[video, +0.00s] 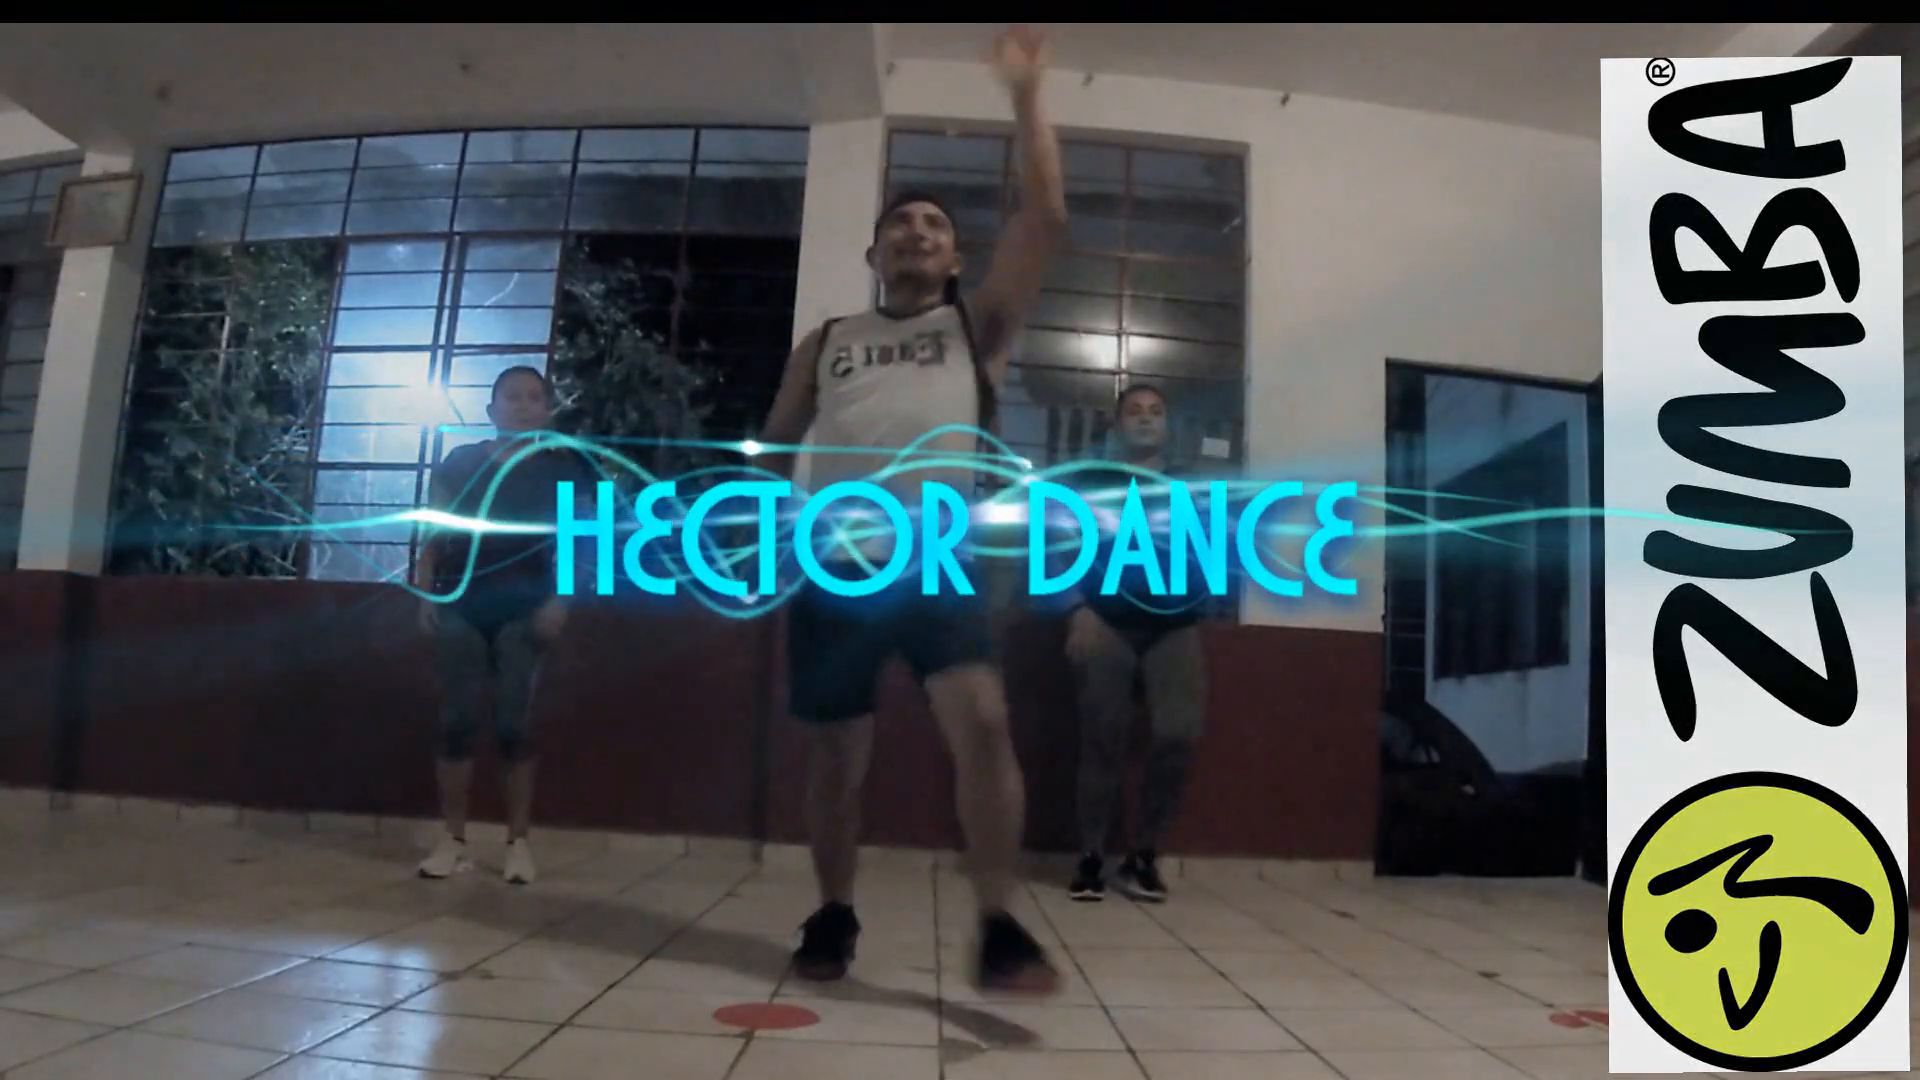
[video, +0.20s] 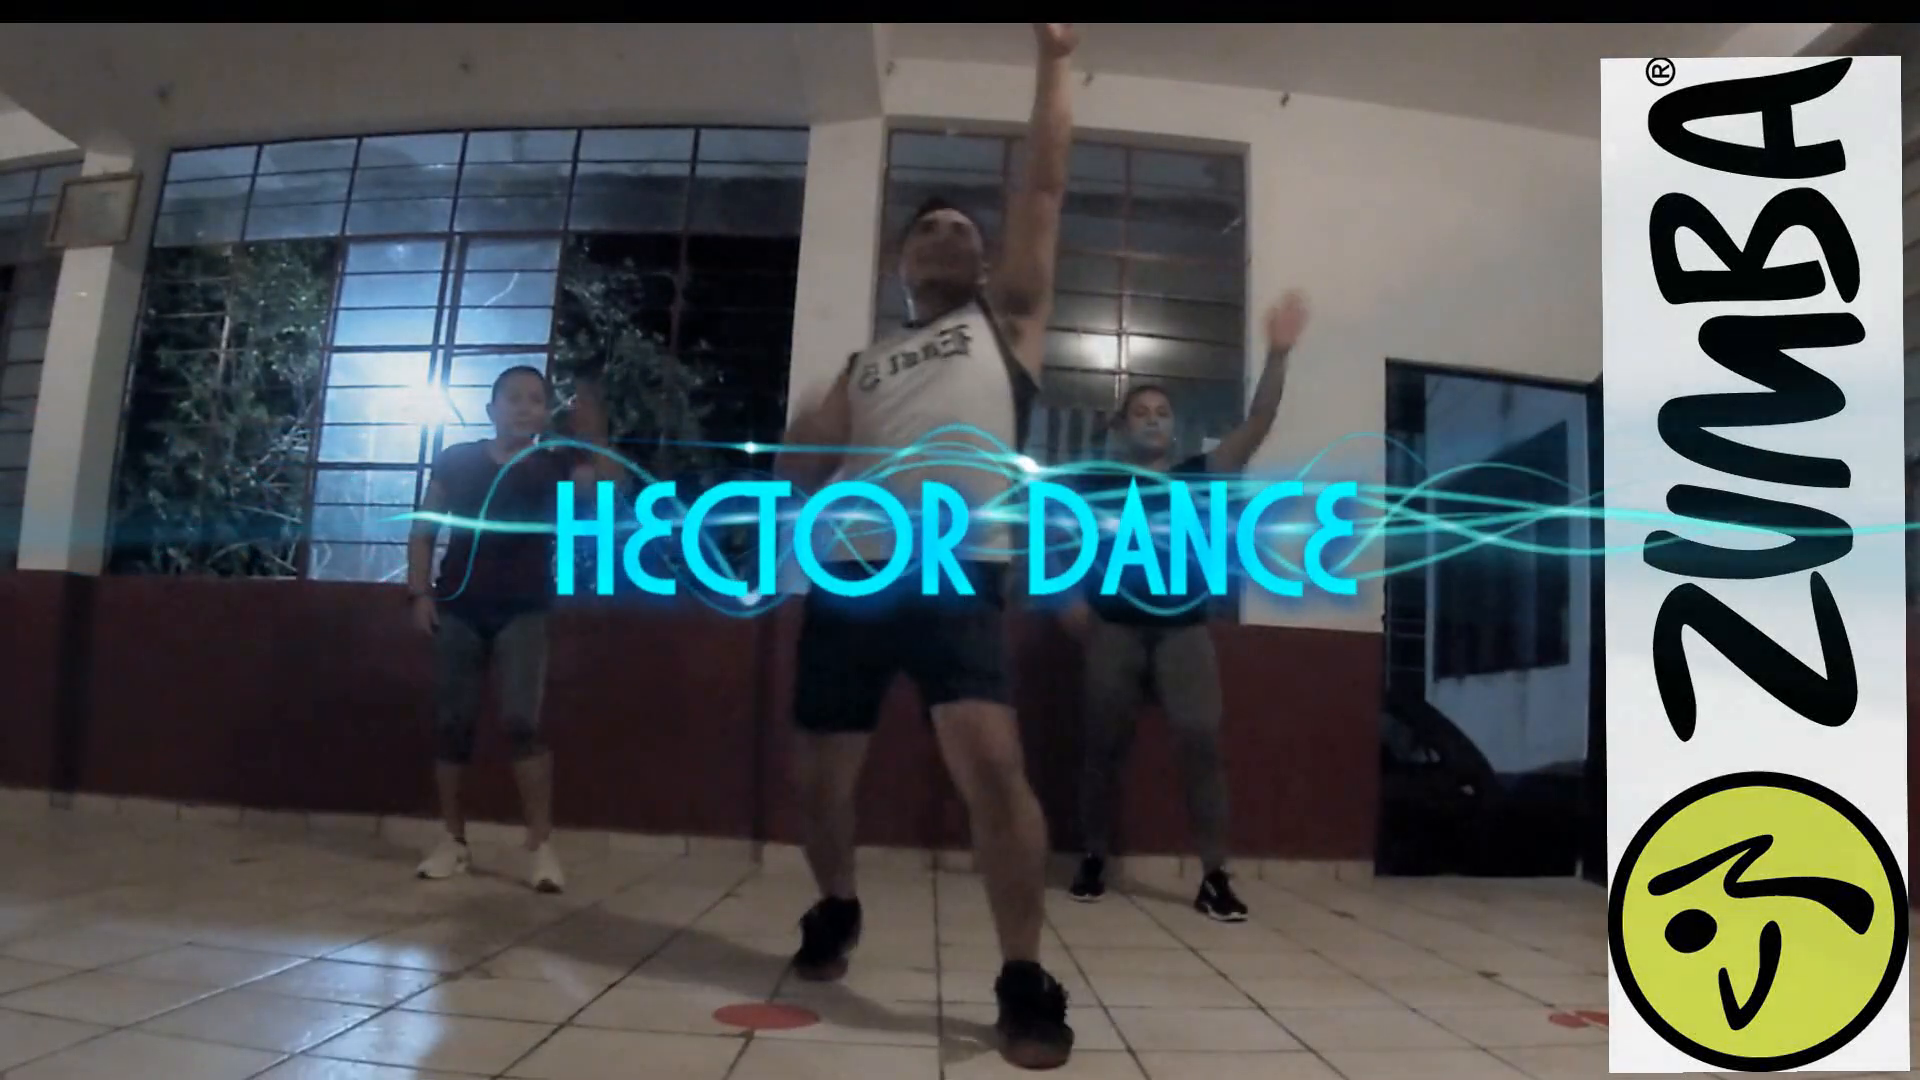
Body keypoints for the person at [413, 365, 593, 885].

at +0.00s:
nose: (524, 407)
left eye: (533, 399)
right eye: (513, 398)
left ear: (549, 408)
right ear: (493, 406)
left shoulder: (565, 466)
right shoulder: (461, 462)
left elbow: (578, 538)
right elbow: (431, 533)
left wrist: (562, 600)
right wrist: (427, 595)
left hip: (525, 613)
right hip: (459, 609)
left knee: (517, 728)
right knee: (456, 724)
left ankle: (518, 843)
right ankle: (452, 840)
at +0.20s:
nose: (525, 408)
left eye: (535, 401)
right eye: (515, 399)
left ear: (546, 413)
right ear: (494, 407)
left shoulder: (552, 462)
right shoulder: (459, 461)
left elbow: (608, 473)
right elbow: (423, 529)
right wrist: (420, 594)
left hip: (523, 610)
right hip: (460, 609)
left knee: (524, 725)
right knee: (451, 727)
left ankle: (540, 848)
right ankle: (452, 843)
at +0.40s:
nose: (531, 407)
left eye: (540, 400)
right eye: (520, 398)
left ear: (552, 413)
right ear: (500, 410)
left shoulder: (566, 460)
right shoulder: (471, 468)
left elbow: (616, 414)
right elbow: (423, 519)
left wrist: (627, 339)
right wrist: (426, 514)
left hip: (530, 610)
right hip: (465, 607)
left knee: (528, 727)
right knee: (420, 711)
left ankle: (547, 853)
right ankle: (439, 833)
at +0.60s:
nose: (512, 409)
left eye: (521, 401)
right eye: (502, 401)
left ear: (534, 413)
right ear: (482, 411)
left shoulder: (549, 463)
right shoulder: (460, 455)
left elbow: (608, 432)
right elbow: (405, 401)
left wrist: (608, 360)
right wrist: (400, 330)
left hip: (517, 610)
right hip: (451, 605)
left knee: (522, 727)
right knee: (400, 716)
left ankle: (547, 855)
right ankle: (379, 845)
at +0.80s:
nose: (495, 407)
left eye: (502, 399)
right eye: (484, 397)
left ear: (513, 409)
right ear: (460, 405)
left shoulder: (524, 470)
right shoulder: (435, 449)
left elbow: (593, 505)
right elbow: (390, 380)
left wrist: (567, 452)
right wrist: (401, 308)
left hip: (496, 610)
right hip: (427, 605)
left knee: (516, 721)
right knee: (391, 721)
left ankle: (541, 844)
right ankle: (380, 848)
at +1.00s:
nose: (488, 411)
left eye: (497, 402)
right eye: (479, 402)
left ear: (512, 412)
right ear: (461, 410)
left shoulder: (535, 468)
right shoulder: (443, 455)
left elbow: (570, 535)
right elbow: (386, 400)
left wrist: (559, 591)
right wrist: (408, 339)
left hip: (500, 613)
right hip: (436, 606)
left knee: (508, 731)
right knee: (407, 723)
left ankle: (536, 835)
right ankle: (381, 846)